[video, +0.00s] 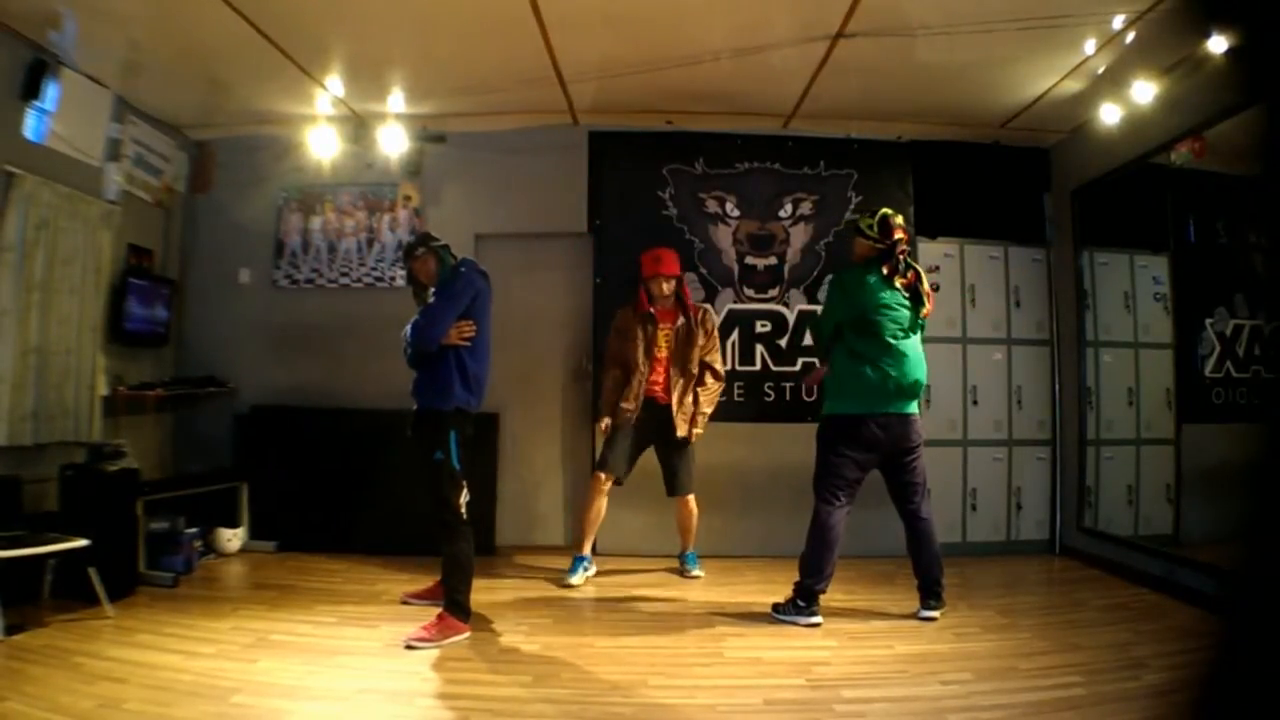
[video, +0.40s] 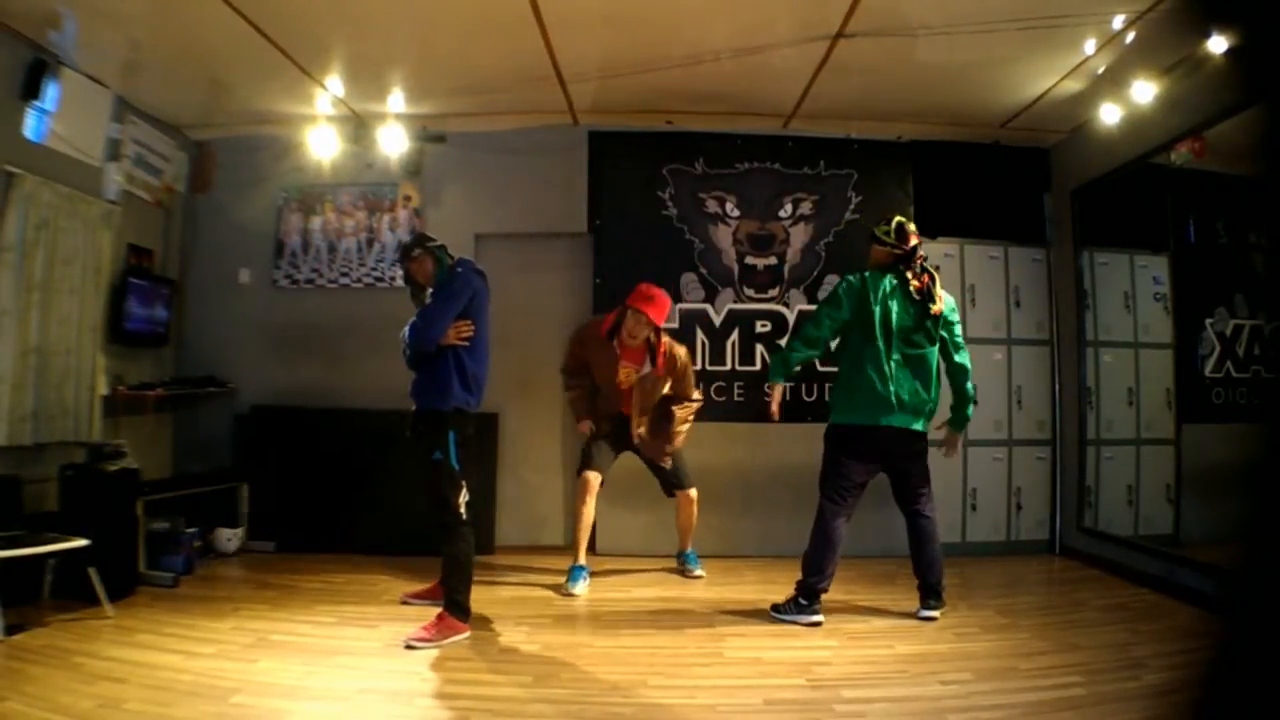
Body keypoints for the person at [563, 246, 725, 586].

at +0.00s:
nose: (663, 287)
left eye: (669, 280)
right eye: (657, 280)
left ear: (678, 282)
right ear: (646, 282)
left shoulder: (700, 318)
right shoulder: (628, 318)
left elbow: (713, 372)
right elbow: (614, 367)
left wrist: (698, 413)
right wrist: (606, 411)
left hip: (676, 415)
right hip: (634, 412)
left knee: (684, 494)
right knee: (601, 478)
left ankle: (688, 554)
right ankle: (583, 557)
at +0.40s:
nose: (637, 327)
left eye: (646, 324)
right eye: (635, 318)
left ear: (656, 328)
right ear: (625, 312)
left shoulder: (672, 355)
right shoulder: (593, 336)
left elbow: (687, 400)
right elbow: (573, 373)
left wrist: (667, 444)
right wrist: (581, 415)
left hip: (651, 427)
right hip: (608, 424)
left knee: (688, 493)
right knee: (588, 480)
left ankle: (686, 554)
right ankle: (579, 565)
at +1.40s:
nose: (669, 367)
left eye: (673, 359)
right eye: (661, 361)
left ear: (682, 358)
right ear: (650, 363)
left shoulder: (697, 374)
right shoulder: (630, 374)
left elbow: (702, 396)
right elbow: (593, 387)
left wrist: (679, 428)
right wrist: (599, 428)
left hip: (660, 439)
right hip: (620, 438)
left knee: (710, 487)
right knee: (596, 479)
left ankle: (687, 554)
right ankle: (578, 567)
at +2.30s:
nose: (704, 332)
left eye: (711, 326)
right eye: (699, 323)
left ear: (718, 330)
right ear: (687, 322)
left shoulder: (712, 362)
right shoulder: (653, 341)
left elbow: (702, 409)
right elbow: (611, 375)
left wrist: (708, 441)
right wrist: (613, 420)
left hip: (668, 432)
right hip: (631, 428)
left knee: (710, 486)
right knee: (597, 478)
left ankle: (687, 553)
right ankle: (578, 566)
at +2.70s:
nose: (674, 301)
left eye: (677, 295)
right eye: (668, 294)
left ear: (679, 295)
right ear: (648, 291)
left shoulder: (669, 327)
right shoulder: (609, 314)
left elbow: (669, 374)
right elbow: (580, 362)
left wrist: (673, 410)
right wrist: (594, 404)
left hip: (646, 417)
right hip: (608, 414)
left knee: (678, 481)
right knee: (592, 483)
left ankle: (680, 555)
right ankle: (578, 567)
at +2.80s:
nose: (669, 299)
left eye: (672, 293)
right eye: (664, 291)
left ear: (672, 292)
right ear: (644, 286)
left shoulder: (658, 321)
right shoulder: (608, 311)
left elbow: (656, 367)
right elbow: (597, 363)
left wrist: (663, 393)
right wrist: (625, 377)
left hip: (640, 413)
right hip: (606, 410)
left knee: (674, 476)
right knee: (600, 483)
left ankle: (678, 558)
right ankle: (579, 566)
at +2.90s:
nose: (666, 294)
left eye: (670, 288)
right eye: (661, 286)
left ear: (669, 288)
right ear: (642, 281)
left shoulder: (648, 314)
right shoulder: (611, 312)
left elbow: (644, 369)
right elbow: (623, 374)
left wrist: (674, 379)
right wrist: (672, 377)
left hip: (637, 416)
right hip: (607, 416)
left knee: (671, 478)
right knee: (604, 485)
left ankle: (676, 559)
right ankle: (579, 567)